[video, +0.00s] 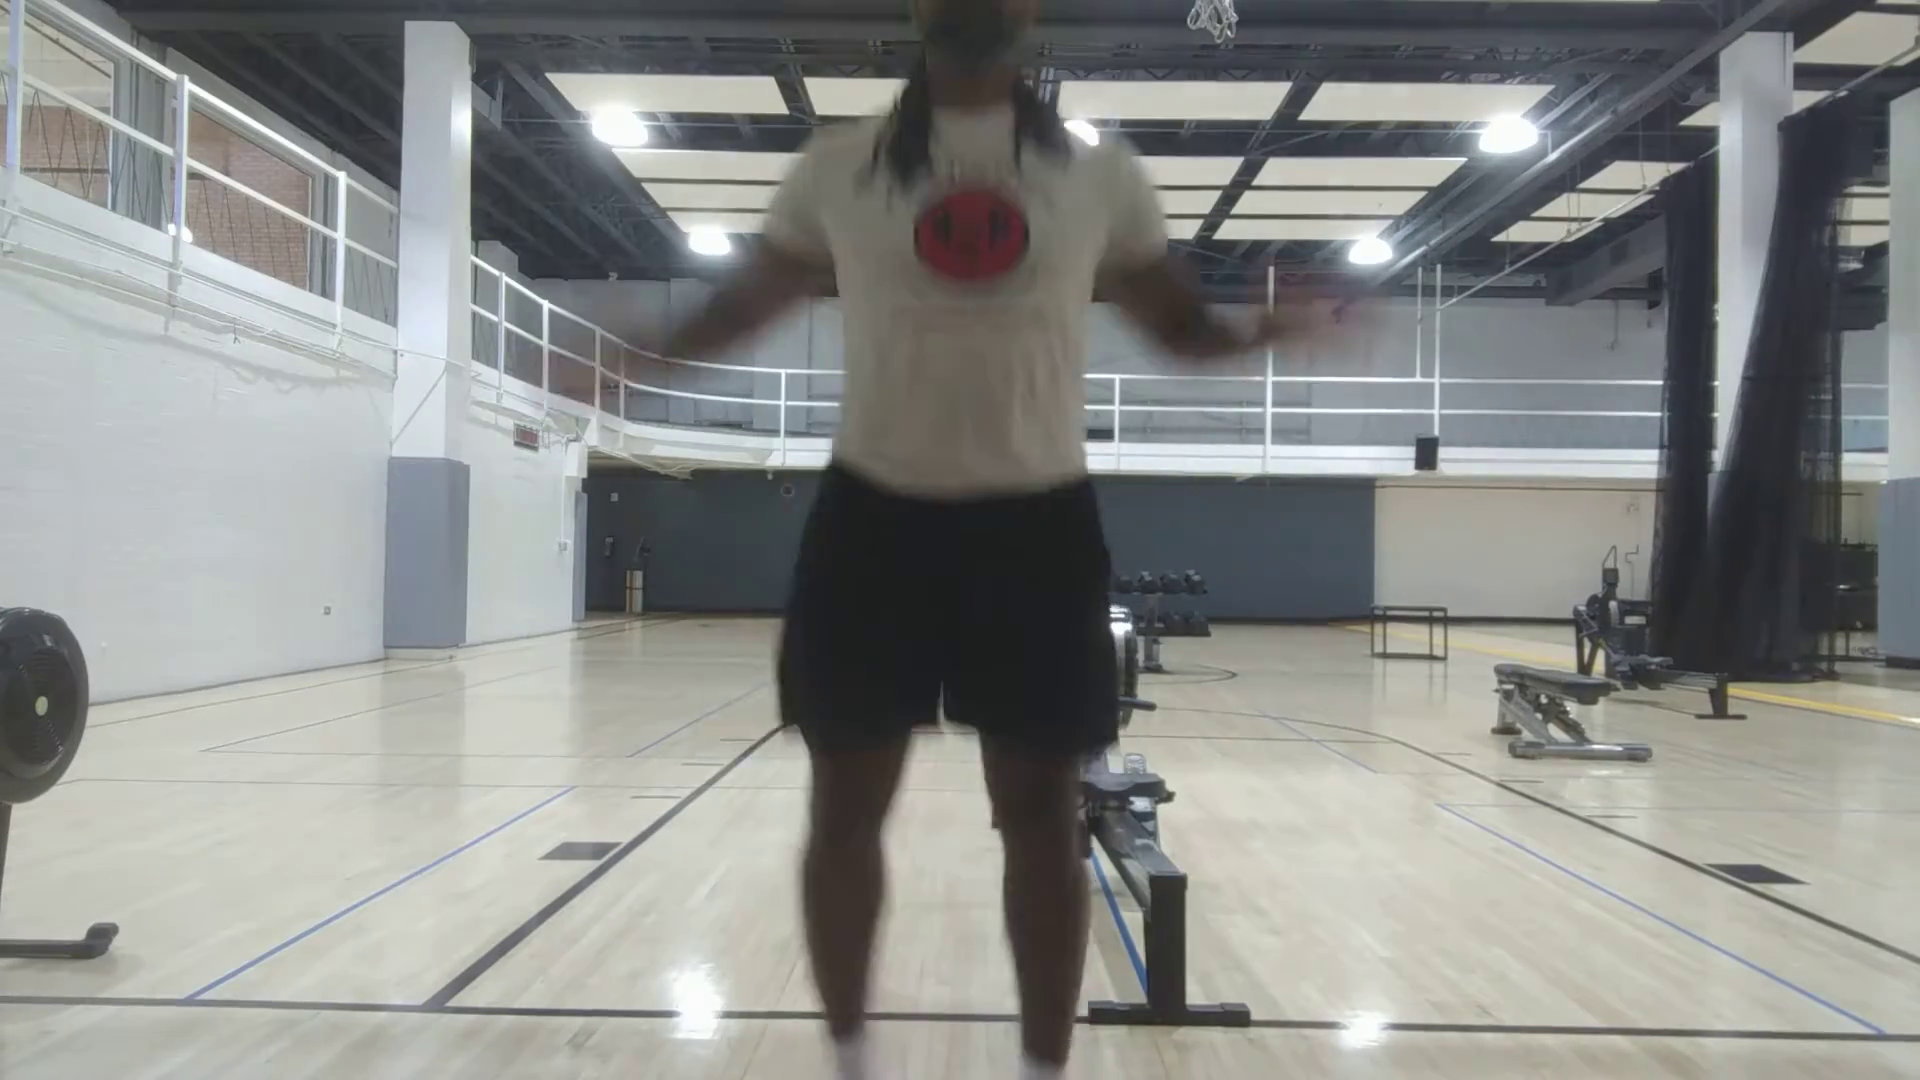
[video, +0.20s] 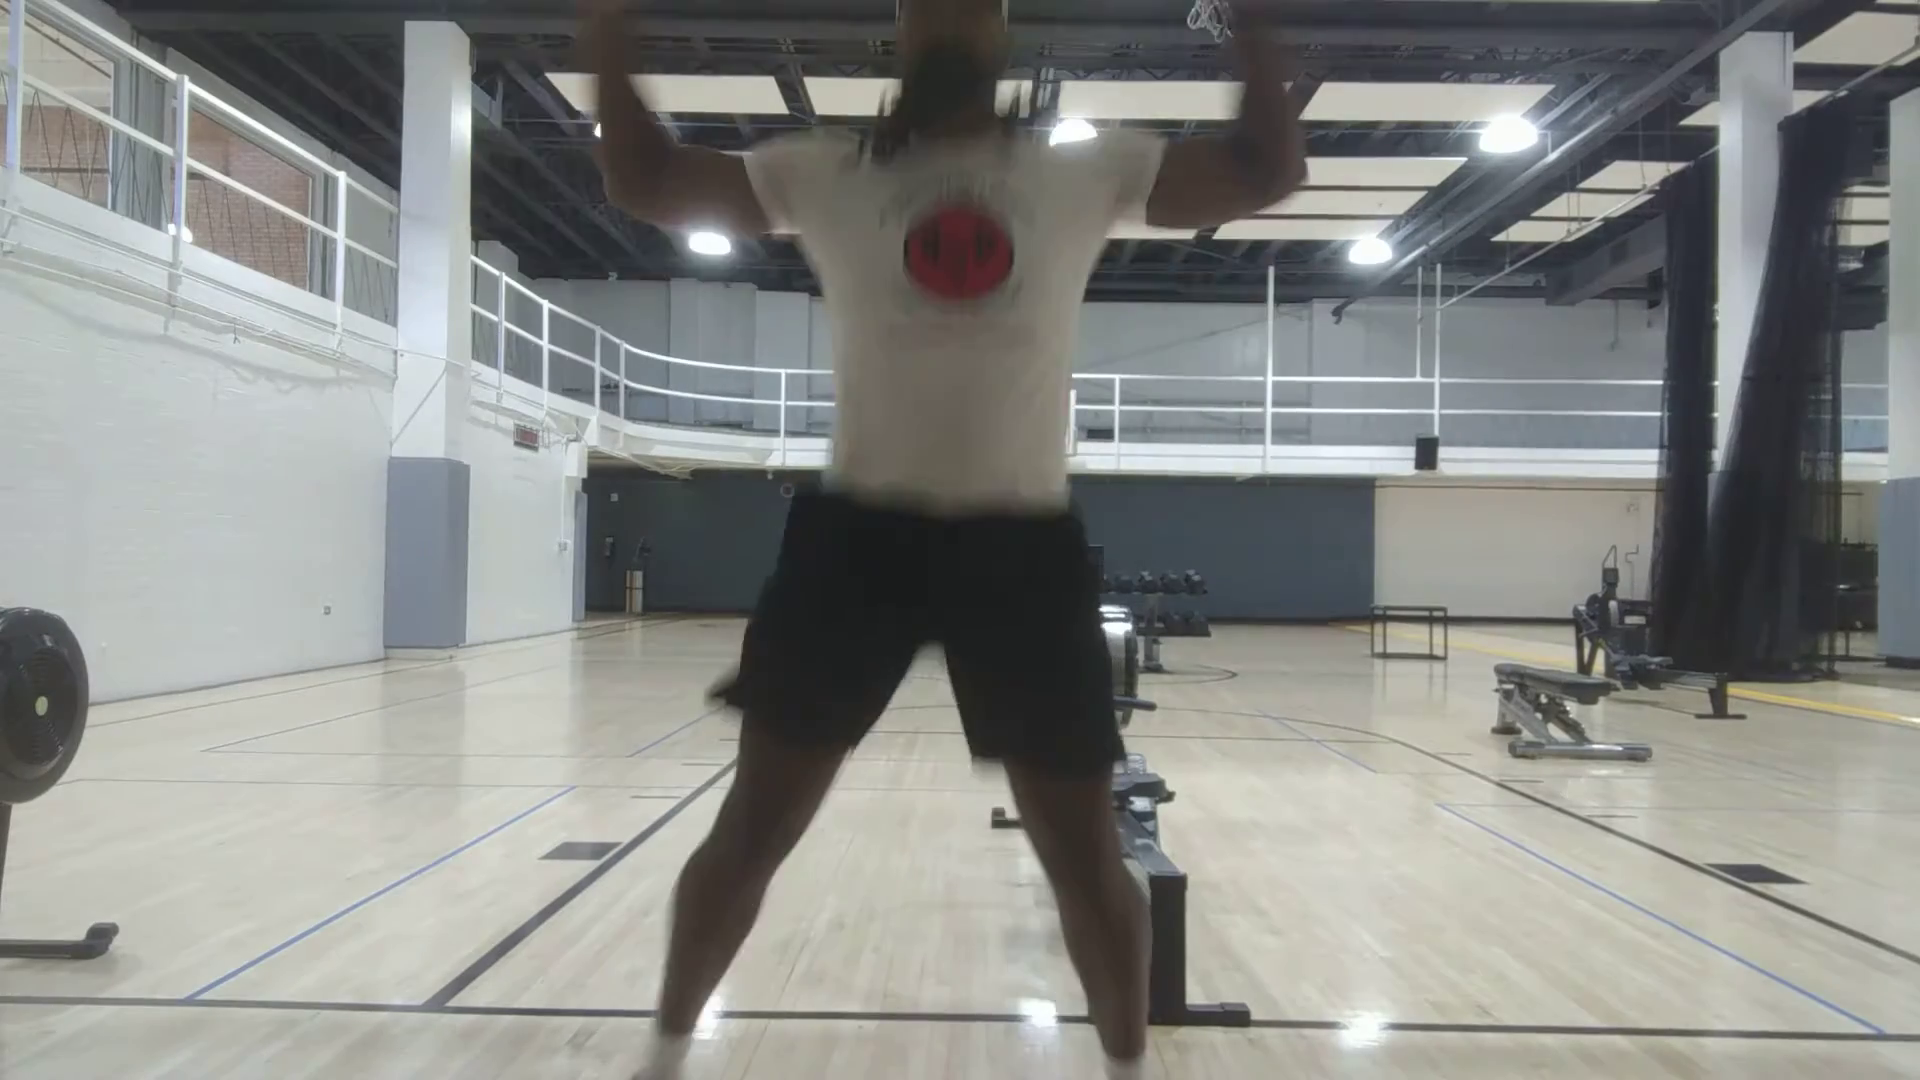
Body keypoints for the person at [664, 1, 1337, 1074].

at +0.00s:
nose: (974, 14)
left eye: (999, 4)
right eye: (954, 1)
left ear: (1033, 24)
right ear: (916, 17)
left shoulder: (1098, 177)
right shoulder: (844, 163)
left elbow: (1189, 332)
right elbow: (739, 309)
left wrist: (1274, 328)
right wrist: (642, 358)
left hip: (1035, 529)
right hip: (875, 524)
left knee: (1040, 816)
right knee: (845, 805)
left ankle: (1046, 1066)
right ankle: (848, 1056)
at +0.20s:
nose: (955, 25)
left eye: (978, 11)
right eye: (933, 9)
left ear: (1008, 38)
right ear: (898, 35)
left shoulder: (1083, 170)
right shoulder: (827, 170)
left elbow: (1268, 166)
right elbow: (644, 178)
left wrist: (1259, 48)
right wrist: (607, 40)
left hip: (1023, 552)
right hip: (857, 543)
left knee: (1084, 842)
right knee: (758, 818)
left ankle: (1129, 1066)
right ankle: (666, 1050)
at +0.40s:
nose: (937, 101)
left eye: (959, 83)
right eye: (916, 83)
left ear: (991, 100)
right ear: (885, 99)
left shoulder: (1062, 224)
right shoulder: (816, 224)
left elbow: (1247, 192)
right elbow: (639, 176)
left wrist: (1228, 58)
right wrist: (648, 62)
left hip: (1006, 582)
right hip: (842, 574)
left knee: (1067, 843)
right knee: (751, 821)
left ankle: (1114, 1066)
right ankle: (675, 1055)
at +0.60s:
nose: (922, 17)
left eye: (945, 6)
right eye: (907, 5)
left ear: (981, 19)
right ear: (878, 18)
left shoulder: (1052, 158)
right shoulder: (808, 144)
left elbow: (1133, 297)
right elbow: (701, 253)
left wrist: (1206, 302)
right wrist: (645, 248)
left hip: (995, 498)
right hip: (838, 492)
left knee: (997, 793)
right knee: (814, 783)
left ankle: (976, 1044)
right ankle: (832, 1037)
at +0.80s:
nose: (918, 96)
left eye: (941, 77)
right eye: (898, 77)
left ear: (975, 105)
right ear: (868, 103)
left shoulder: (1036, 275)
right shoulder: (806, 269)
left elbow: (1074, 418)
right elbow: (758, 427)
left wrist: (1079, 477)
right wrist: (782, 483)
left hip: (988, 603)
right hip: (840, 600)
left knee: (983, 885)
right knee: (835, 878)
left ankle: (958, 1069)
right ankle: (855, 1069)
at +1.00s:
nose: (915, 6)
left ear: (968, 12)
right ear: (871, 11)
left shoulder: (1031, 134)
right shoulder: (801, 132)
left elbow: (1154, 276)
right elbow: (696, 254)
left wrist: (1236, 199)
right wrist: (569, 241)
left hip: (986, 474)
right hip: (833, 470)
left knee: (1005, 757)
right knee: (799, 751)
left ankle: (1023, 1024)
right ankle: (784, 1023)